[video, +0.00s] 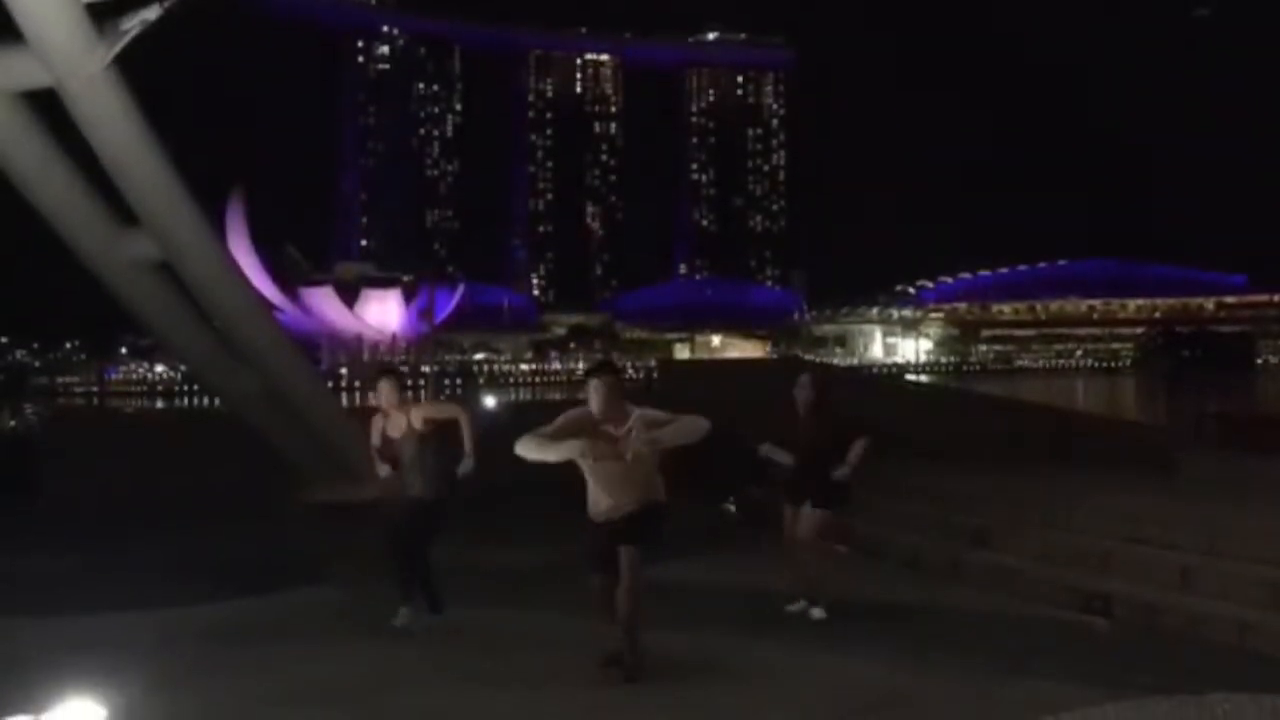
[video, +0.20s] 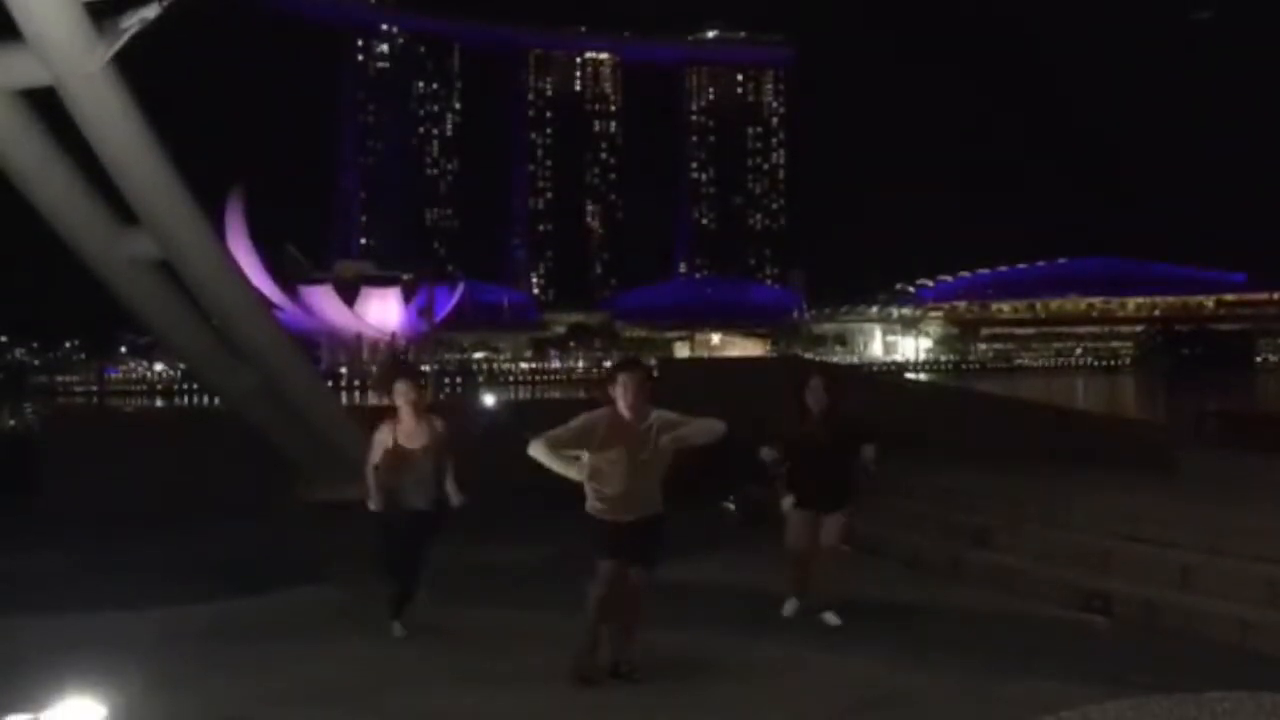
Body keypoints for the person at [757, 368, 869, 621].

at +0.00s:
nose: (799, 394)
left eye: (805, 389)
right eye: (798, 388)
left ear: (817, 392)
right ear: (794, 391)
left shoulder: (827, 419)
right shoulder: (795, 422)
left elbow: (861, 437)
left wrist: (848, 466)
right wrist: (772, 452)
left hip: (824, 484)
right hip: (799, 483)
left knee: (807, 539)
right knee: (792, 540)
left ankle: (820, 599)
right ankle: (803, 596)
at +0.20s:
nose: (815, 397)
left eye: (820, 391)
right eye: (810, 391)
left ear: (829, 395)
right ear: (804, 394)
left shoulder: (842, 425)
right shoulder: (796, 424)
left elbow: (857, 460)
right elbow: (786, 462)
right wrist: (786, 492)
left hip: (836, 493)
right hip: (802, 493)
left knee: (830, 551)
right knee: (796, 549)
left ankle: (828, 604)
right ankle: (795, 597)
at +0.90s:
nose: (818, 391)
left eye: (823, 385)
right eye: (813, 385)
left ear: (830, 387)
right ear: (806, 386)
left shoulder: (839, 413)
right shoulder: (795, 413)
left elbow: (860, 440)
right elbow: (775, 454)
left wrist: (862, 467)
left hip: (836, 487)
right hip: (802, 489)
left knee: (844, 546)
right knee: (805, 551)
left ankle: (843, 606)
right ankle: (797, 618)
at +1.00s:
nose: (820, 394)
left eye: (825, 388)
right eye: (816, 388)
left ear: (834, 391)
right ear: (810, 391)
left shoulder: (847, 422)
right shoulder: (800, 422)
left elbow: (862, 461)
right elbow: (789, 464)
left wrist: (859, 492)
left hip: (839, 495)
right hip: (806, 495)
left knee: (841, 552)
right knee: (800, 552)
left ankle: (843, 610)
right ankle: (788, 615)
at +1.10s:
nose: (822, 401)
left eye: (826, 395)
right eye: (817, 395)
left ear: (836, 399)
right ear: (811, 400)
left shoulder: (847, 432)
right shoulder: (801, 430)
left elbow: (866, 471)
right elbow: (784, 467)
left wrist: (849, 481)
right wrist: (772, 496)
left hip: (835, 498)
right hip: (802, 497)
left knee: (835, 554)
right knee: (794, 552)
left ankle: (842, 610)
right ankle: (780, 611)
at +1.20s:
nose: (817, 400)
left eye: (822, 394)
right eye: (813, 394)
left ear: (832, 398)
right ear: (808, 398)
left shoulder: (843, 428)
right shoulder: (799, 427)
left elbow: (856, 464)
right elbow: (773, 456)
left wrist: (829, 465)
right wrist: (753, 474)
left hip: (834, 498)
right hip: (800, 495)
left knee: (831, 554)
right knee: (789, 549)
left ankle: (841, 609)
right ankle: (781, 602)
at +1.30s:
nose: (807, 392)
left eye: (812, 386)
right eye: (804, 386)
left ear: (823, 389)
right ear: (800, 389)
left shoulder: (836, 419)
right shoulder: (792, 417)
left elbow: (849, 454)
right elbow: (765, 441)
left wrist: (820, 467)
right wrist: (752, 467)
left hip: (827, 491)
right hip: (793, 488)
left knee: (825, 548)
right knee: (785, 541)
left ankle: (841, 606)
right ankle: (788, 599)